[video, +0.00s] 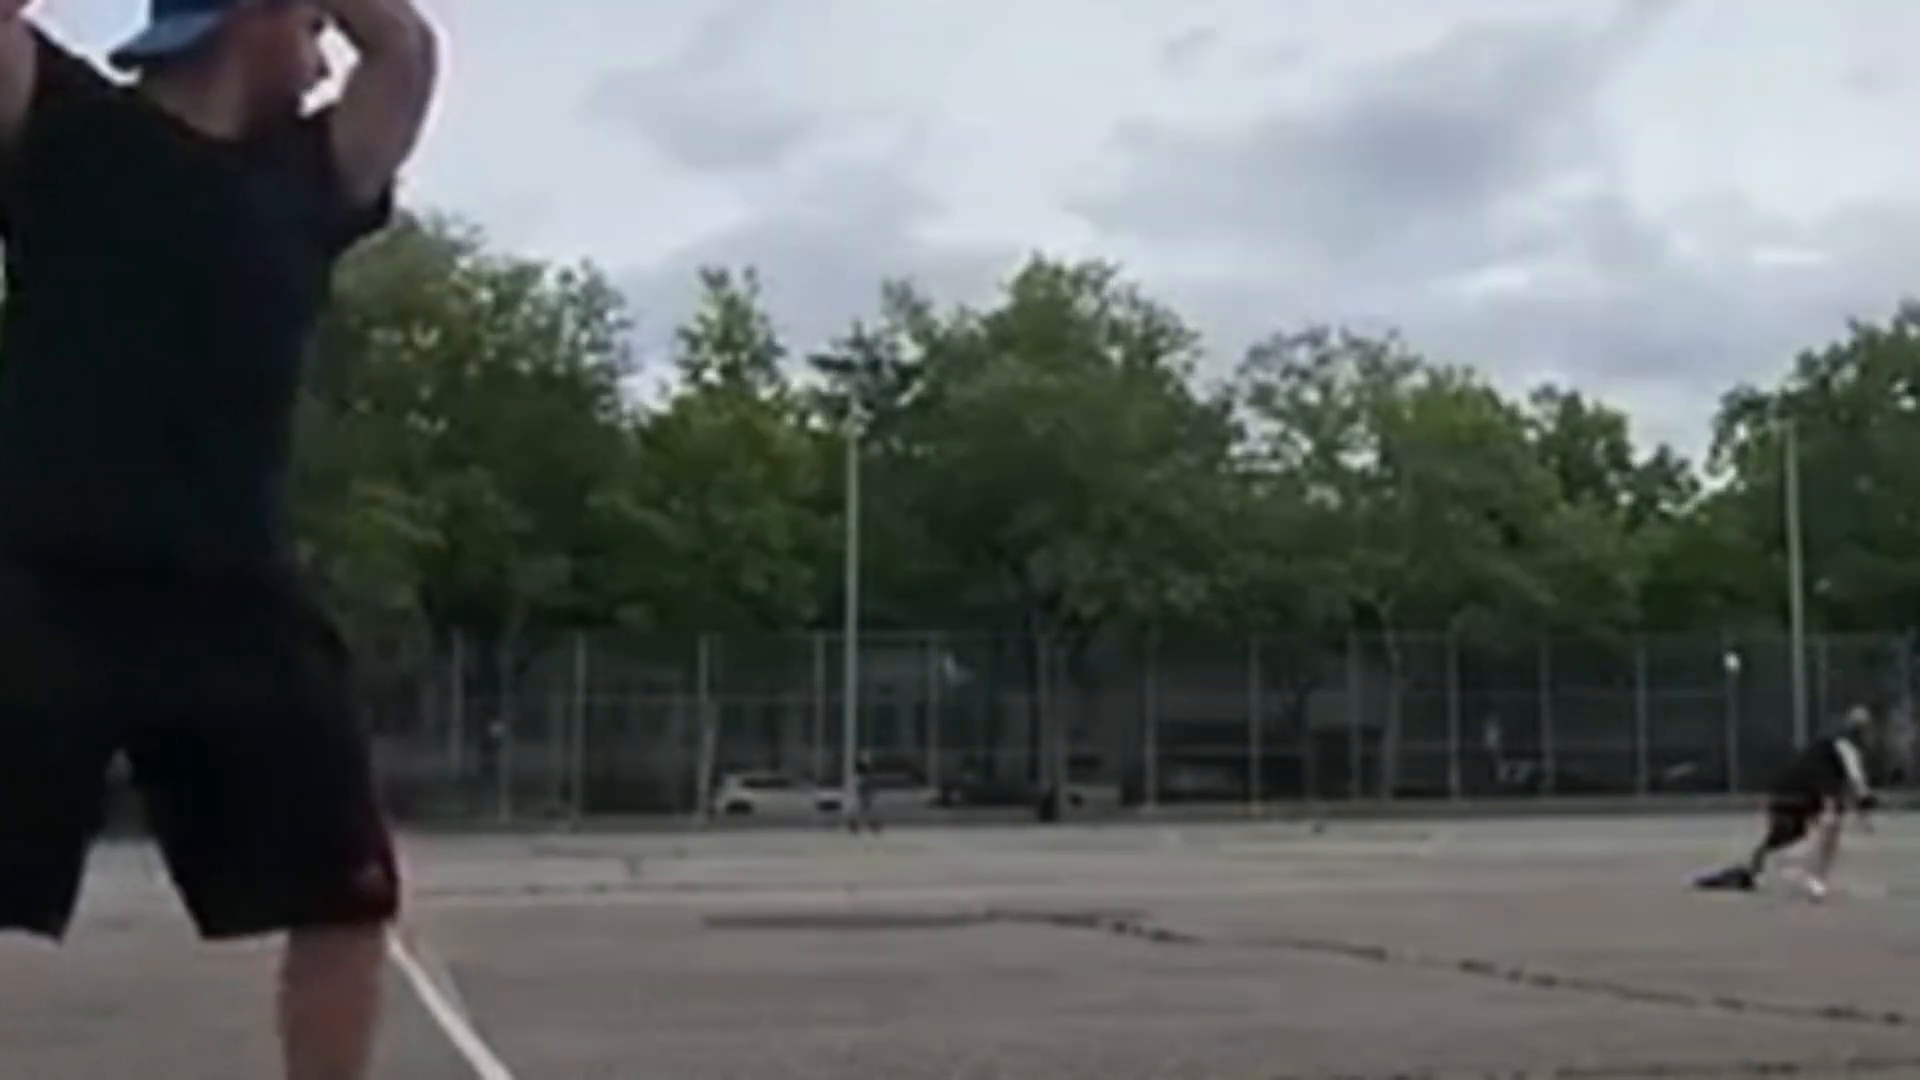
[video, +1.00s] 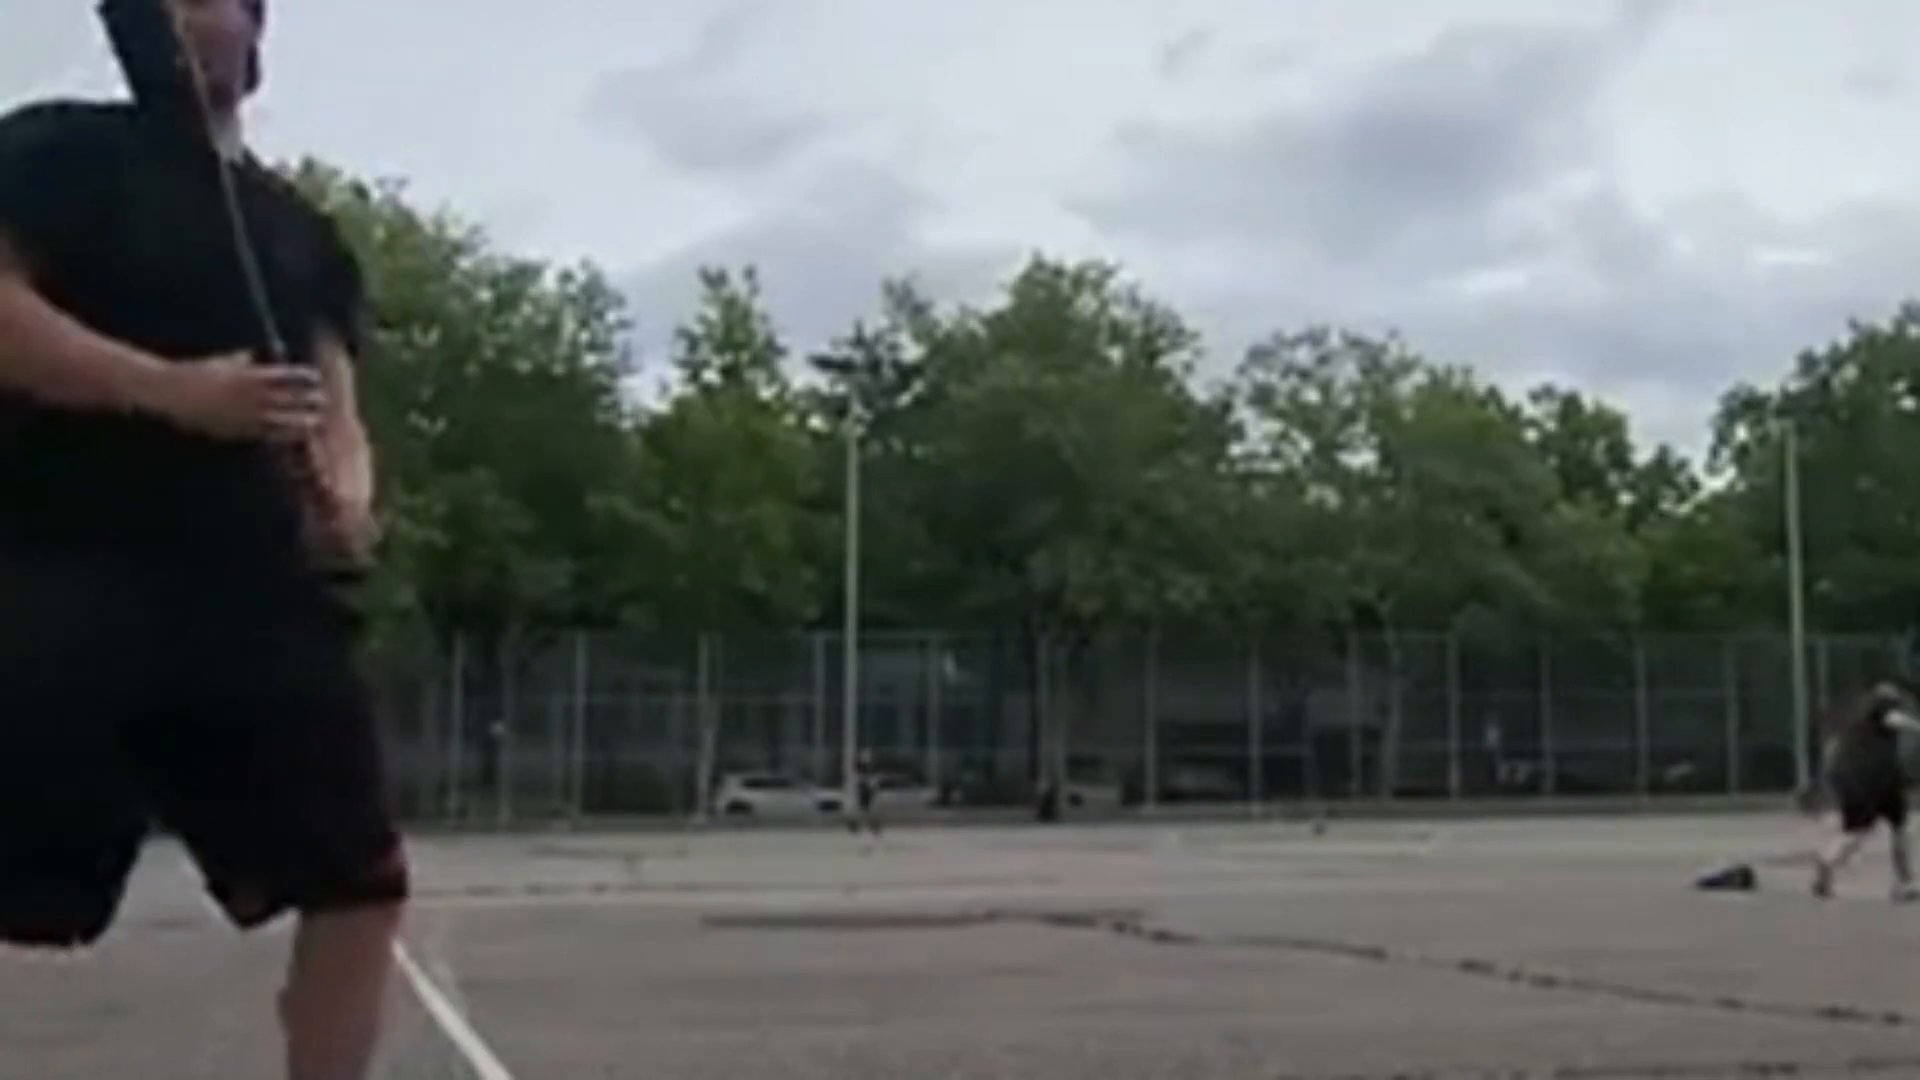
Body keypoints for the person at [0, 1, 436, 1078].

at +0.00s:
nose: (319, 48)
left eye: (323, 27)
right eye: (305, 20)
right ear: (247, 19)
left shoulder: (305, 180)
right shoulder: (67, 122)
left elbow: (408, 52)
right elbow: (3, 21)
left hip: (233, 586)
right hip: (48, 579)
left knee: (345, 900)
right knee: (4, 895)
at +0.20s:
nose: (323, 106)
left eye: (323, 81)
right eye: (305, 77)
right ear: (224, 72)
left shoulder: (304, 238)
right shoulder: (38, 173)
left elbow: (297, 218)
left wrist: (114, 47)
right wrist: (18, 28)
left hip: (221, 624)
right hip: (42, 625)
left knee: (413, 855)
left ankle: (441, 1060)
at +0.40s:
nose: (339, 212)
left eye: (344, 187)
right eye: (319, 182)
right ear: (224, 166)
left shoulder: (335, 332)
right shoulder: (61, 286)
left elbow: (293, 483)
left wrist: (113, 369)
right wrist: (12, 292)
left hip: (245, 683)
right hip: (59, 689)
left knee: (439, 913)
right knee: (5, 937)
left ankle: (445, 1070)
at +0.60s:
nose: (248, 117)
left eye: (272, 97)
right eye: (220, 82)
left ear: (291, 120)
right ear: (142, 81)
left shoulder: (303, 285)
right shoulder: (22, 230)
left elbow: (340, 495)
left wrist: (235, 540)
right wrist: (54, 478)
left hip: (207, 639)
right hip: (25, 635)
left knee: (361, 922)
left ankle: (412, 1075)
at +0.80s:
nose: (185, 7)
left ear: (239, 24)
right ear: (90, 12)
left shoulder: (269, 226)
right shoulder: (23, 159)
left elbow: (301, 419)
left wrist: (259, 478)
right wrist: (95, 427)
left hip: (193, 598)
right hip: (22, 594)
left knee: (342, 875)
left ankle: (377, 1068)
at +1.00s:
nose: (240, 24)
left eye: (244, 9)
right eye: (217, 4)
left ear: (251, 39)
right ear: (152, 22)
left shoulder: (295, 225)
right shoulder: (49, 150)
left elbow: (331, 383)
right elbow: (10, 323)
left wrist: (346, 481)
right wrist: (179, 388)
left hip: (251, 606)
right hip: (62, 606)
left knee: (360, 889)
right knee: (24, 912)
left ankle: (324, 1070)